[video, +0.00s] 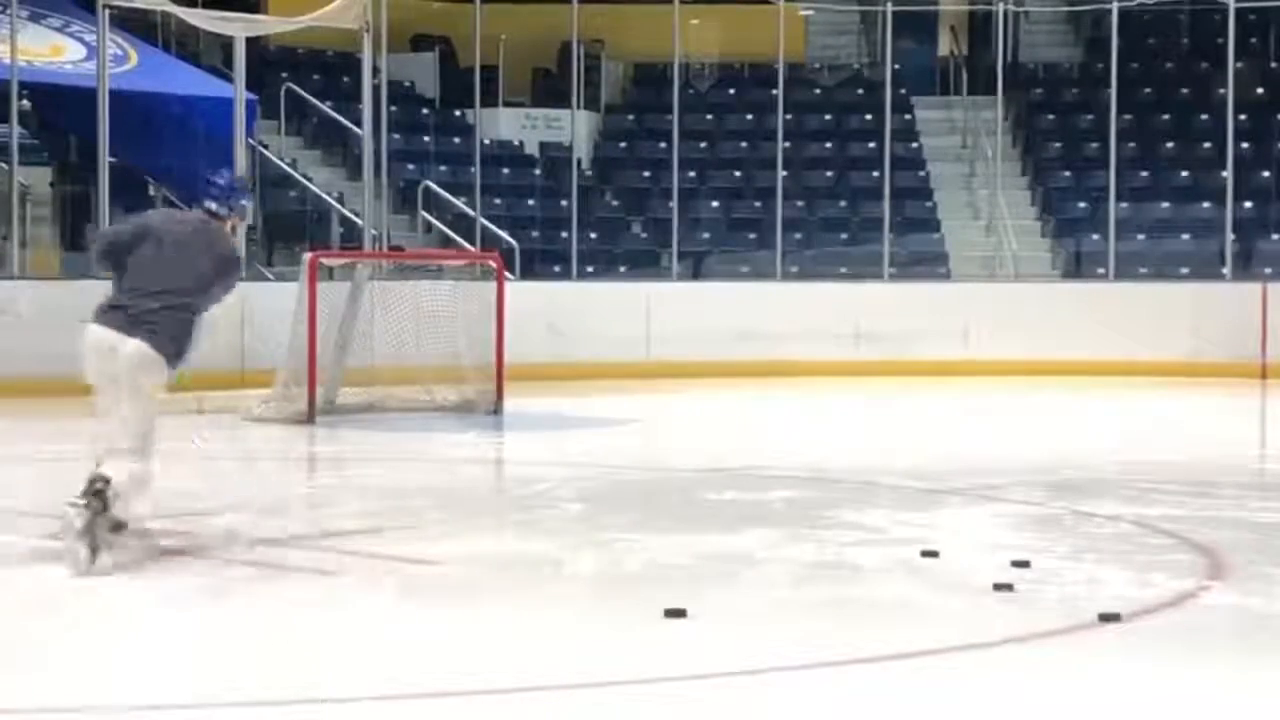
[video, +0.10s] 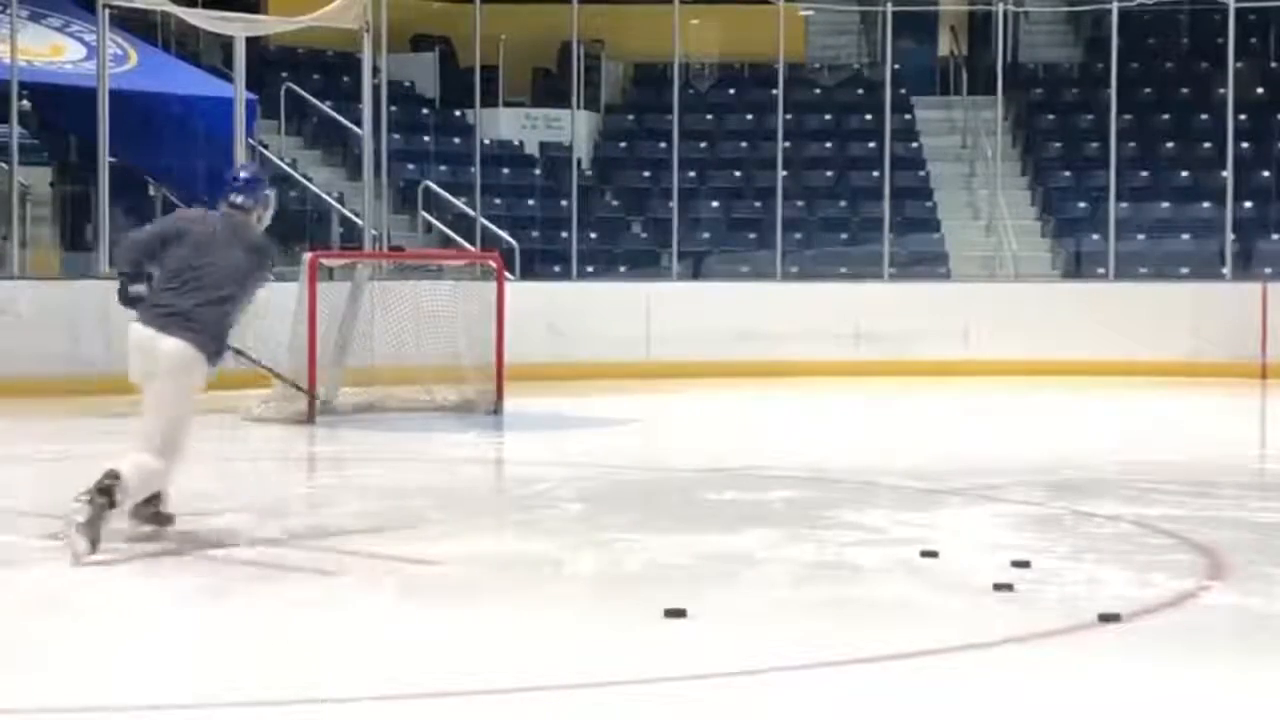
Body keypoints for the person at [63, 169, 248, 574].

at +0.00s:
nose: (239, 228)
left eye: (240, 220)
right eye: (239, 220)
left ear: (203, 203)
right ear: (231, 217)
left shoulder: (162, 219)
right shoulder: (227, 255)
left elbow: (102, 241)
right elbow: (204, 299)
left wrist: (125, 280)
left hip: (103, 329)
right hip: (147, 348)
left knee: (108, 421)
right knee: (138, 449)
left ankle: (97, 483)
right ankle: (106, 508)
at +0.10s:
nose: (268, 217)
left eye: (267, 209)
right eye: (268, 210)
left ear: (227, 199)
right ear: (261, 210)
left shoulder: (187, 220)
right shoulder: (259, 249)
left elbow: (129, 249)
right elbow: (230, 295)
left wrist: (133, 283)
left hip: (142, 334)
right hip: (185, 348)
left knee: (157, 424)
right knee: (160, 453)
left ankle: (148, 501)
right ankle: (107, 494)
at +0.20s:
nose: (293, 200)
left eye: (292, 192)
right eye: (293, 193)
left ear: (255, 183)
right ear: (287, 193)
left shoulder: (212, 214)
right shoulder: (290, 233)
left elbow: (162, 255)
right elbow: (277, 302)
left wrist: (172, 296)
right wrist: (274, 357)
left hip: (188, 329)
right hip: (230, 342)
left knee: (213, 421)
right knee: (205, 436)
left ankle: (193, 492)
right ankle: (150, 484)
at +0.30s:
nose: (306, 175)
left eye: (304, 168)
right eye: (312, 169)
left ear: (286, 166)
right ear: (323, 171)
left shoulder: (251, 209)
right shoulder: (330, 224)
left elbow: (226, 267)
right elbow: (331, 296)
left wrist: (240, 301)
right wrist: (344, 352)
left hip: (236, 320)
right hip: (278, 332)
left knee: (257, 416)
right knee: (267, 428)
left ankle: (234, 489)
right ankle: (206, 474)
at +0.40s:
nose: (360, 176)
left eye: (355, 169)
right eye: (362, 169)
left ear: (333, 166)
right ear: (364, 171)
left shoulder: (302, 206)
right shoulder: (362, 215)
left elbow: (290, 260)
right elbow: (379, 281)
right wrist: (407, 330)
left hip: (287, 318)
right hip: (329, 329)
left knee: (289, 408)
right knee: (329, 422)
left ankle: (273, 486)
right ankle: (270, 471)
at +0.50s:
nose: (422, 178)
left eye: (421, 171)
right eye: (421, 171)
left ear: (386, 167)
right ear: (415, 171)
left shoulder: (365, 205)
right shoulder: (403, 211)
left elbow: (350, 257)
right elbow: (413, 268)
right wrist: (456, 295)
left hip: (340, 320)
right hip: (377, 326)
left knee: (345, 401)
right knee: (393, 403)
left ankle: (319, 473)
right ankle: (348, 471)